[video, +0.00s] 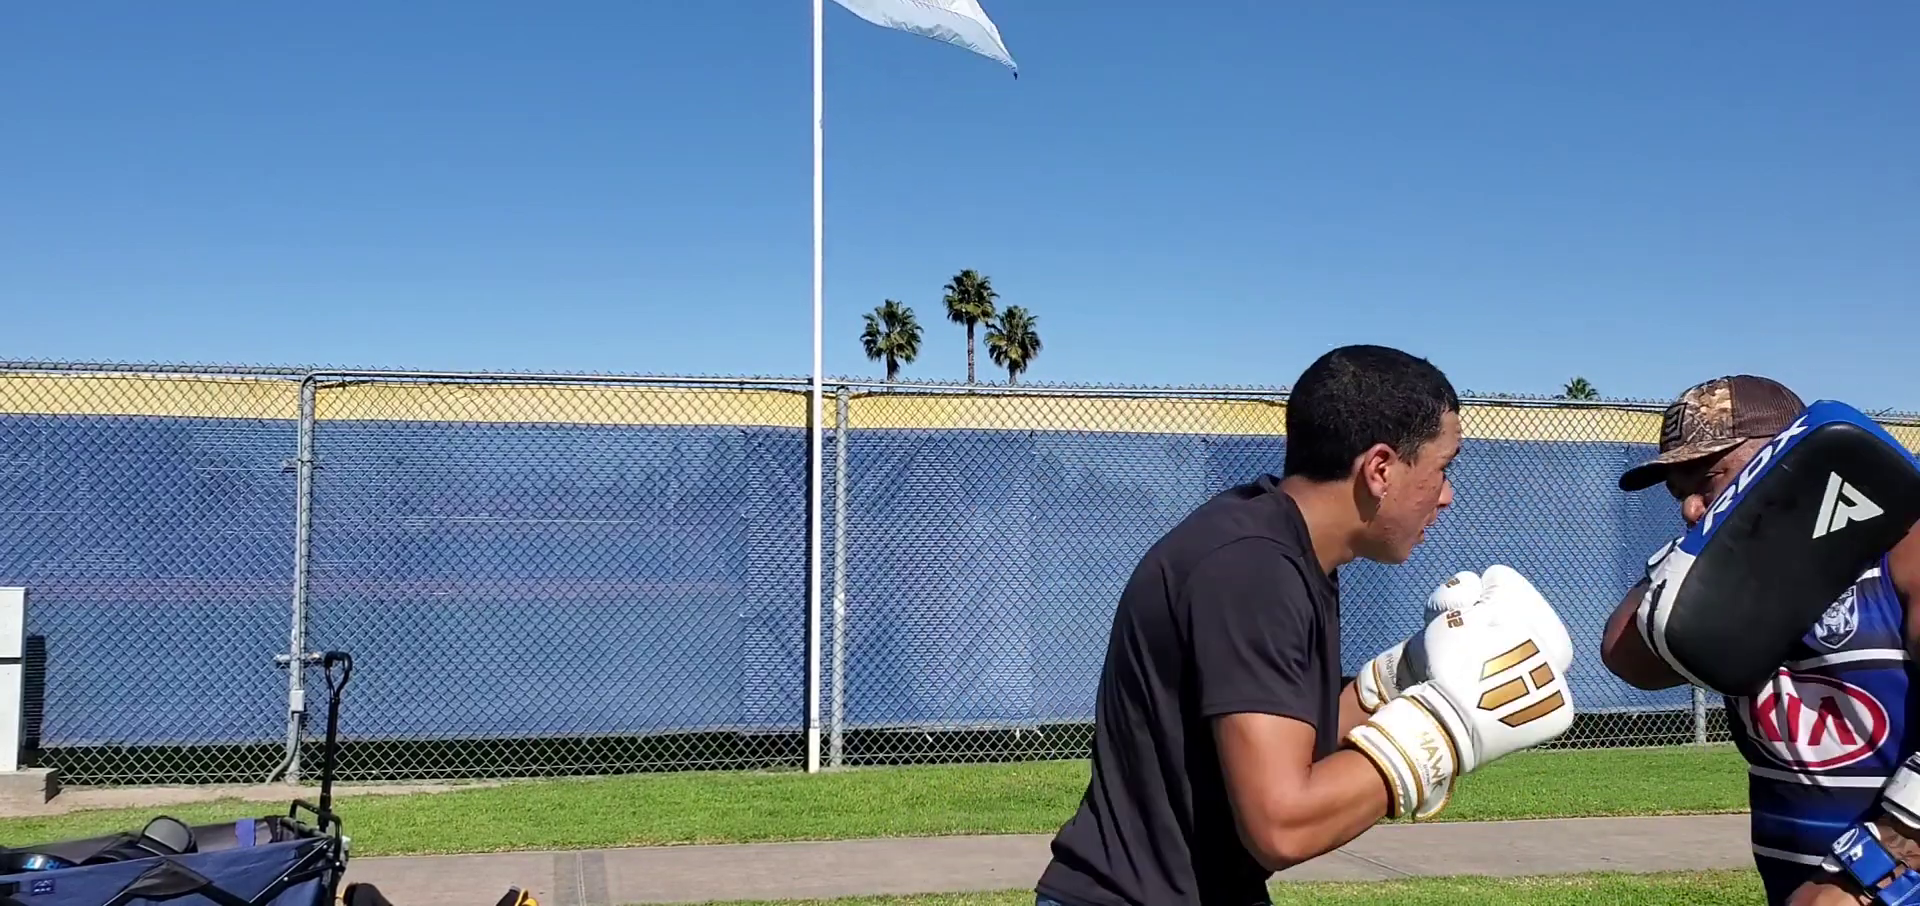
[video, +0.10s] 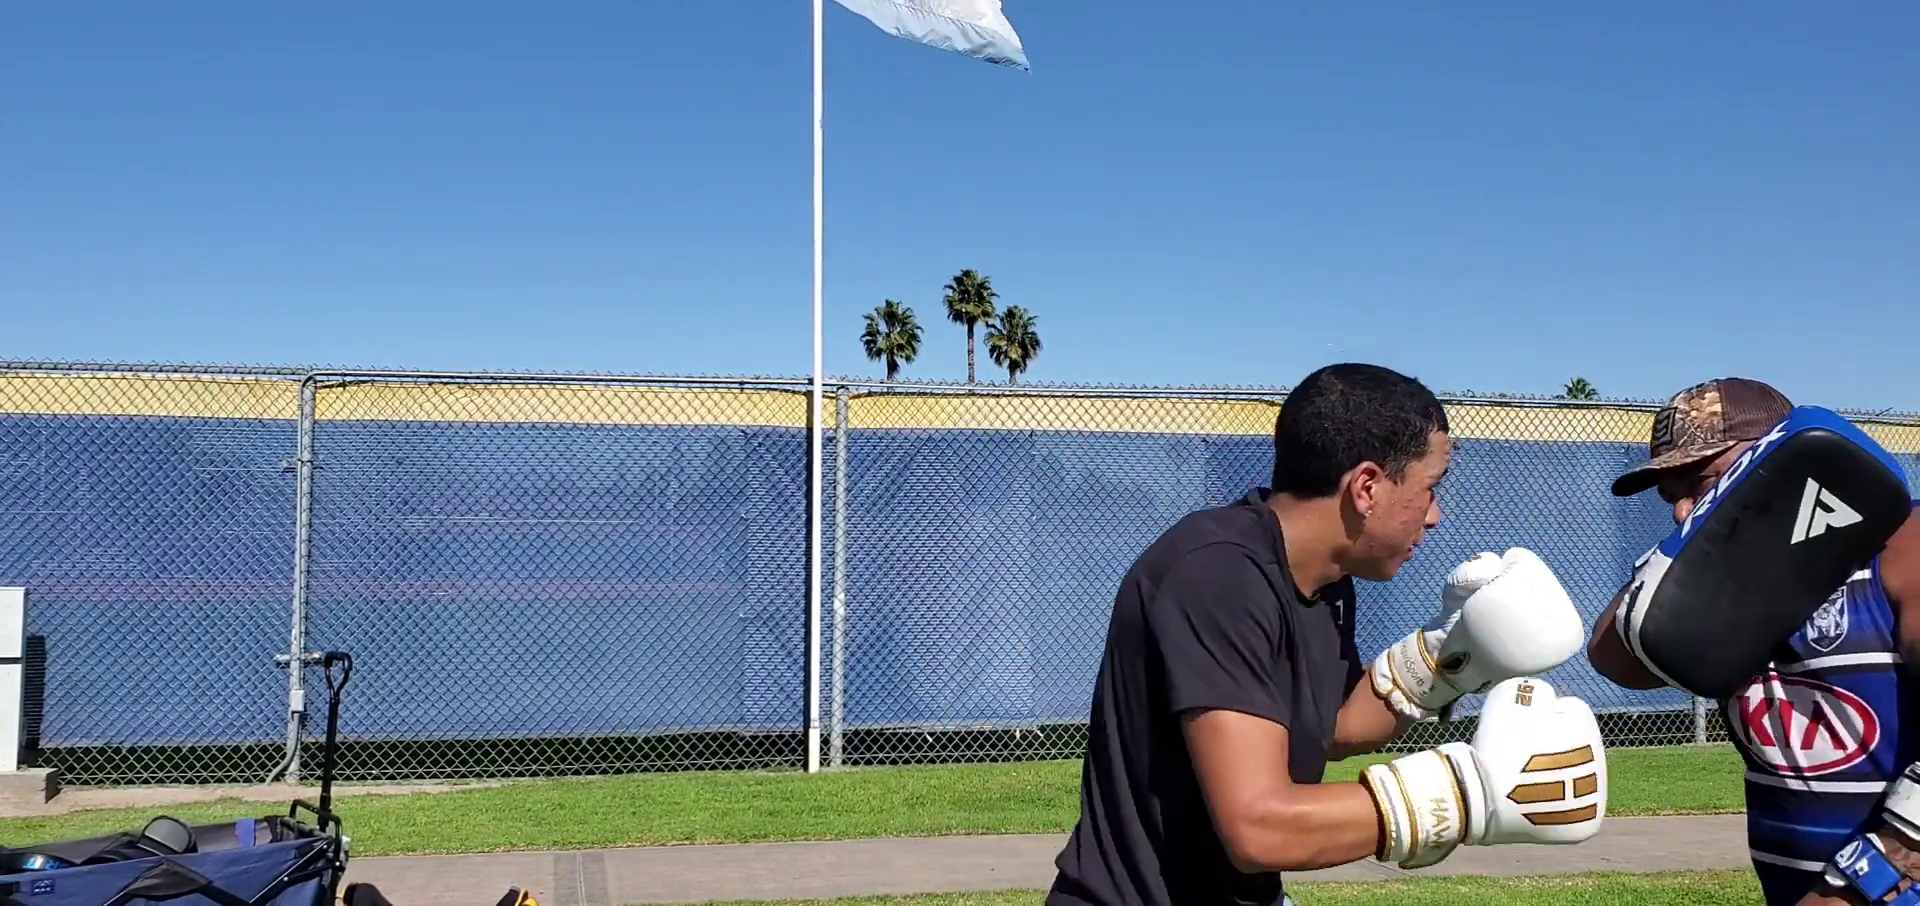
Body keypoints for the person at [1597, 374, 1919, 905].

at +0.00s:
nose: (1689, 507)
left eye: (1706, 477)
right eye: (1679, 490)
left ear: (1782, 449)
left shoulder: (1900, 534)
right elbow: (1624, 656)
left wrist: (1866, 871)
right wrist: (1703, 541)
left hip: (1892, 875)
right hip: (1789, 867)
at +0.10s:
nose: (1683, 511)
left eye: (1699, 481)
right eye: (1672, 495)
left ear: (1769, 454)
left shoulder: (1900, 543)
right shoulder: (1709, 573)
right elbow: (1610, 657)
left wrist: (1874, 869)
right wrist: (1693, 539)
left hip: (1890, 878)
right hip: (1786, 871)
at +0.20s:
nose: (1674, 507)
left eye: (1685, 482)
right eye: (1666, 492)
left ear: (1749, 455)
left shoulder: (1897, 544)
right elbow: (1595, 655)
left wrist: (1879, 870)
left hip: (1887, 884)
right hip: (1785, 875)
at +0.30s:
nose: (1667, 504)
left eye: (1678, 479)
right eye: (1664, 485)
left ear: (1743, 464)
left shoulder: (1897, 547)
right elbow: (1627, 666)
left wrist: (1894, 862)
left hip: (1884, 887)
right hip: (1793, 881)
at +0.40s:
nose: (1683, 480)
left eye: (1701, 444)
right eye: (1688, 458)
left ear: (1785, 434)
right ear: (1785, 436)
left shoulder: (1892, 527)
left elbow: (1916, 709)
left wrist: (1806, 875)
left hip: (1891, 886)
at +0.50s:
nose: (1708, 464)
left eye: (1727, 437)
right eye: (1710, 446)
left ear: (1817, 425)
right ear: (1816, 426)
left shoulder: (1896, 527)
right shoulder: (1743, 583)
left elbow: (1915, 692)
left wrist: (1786, 839)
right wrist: (1665, 650)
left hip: (1885, 874)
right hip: (1801, 877)